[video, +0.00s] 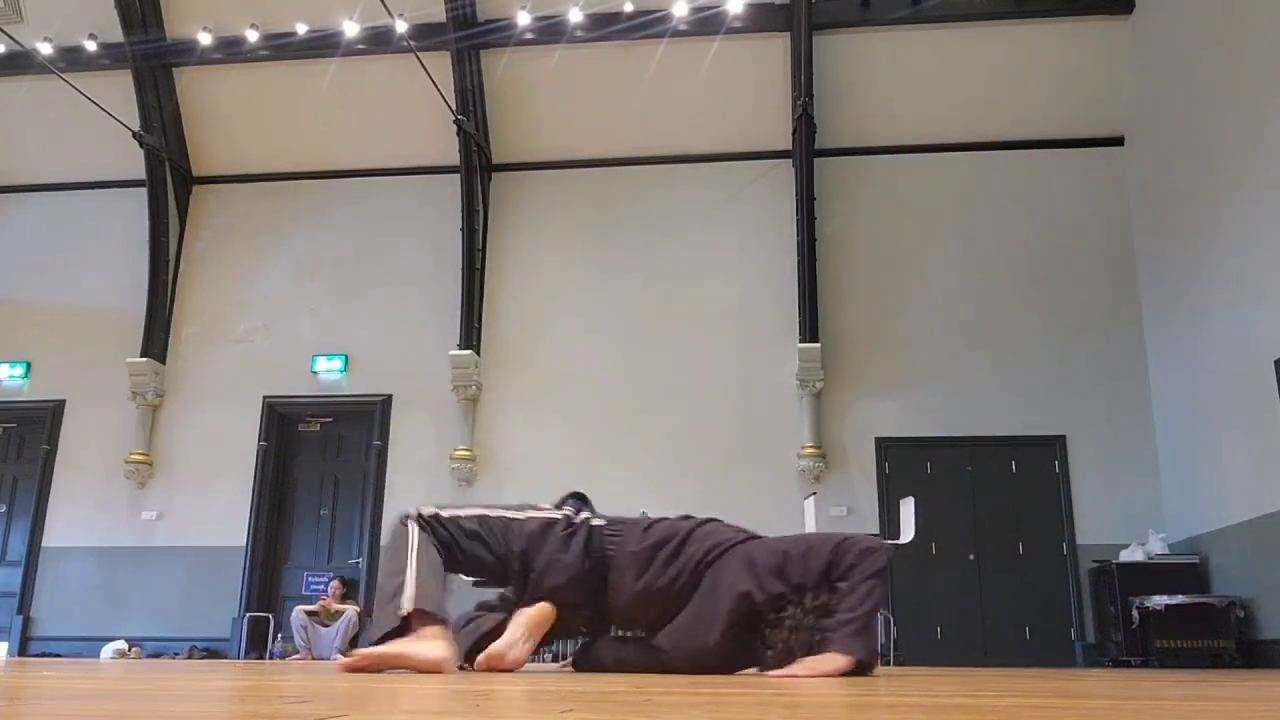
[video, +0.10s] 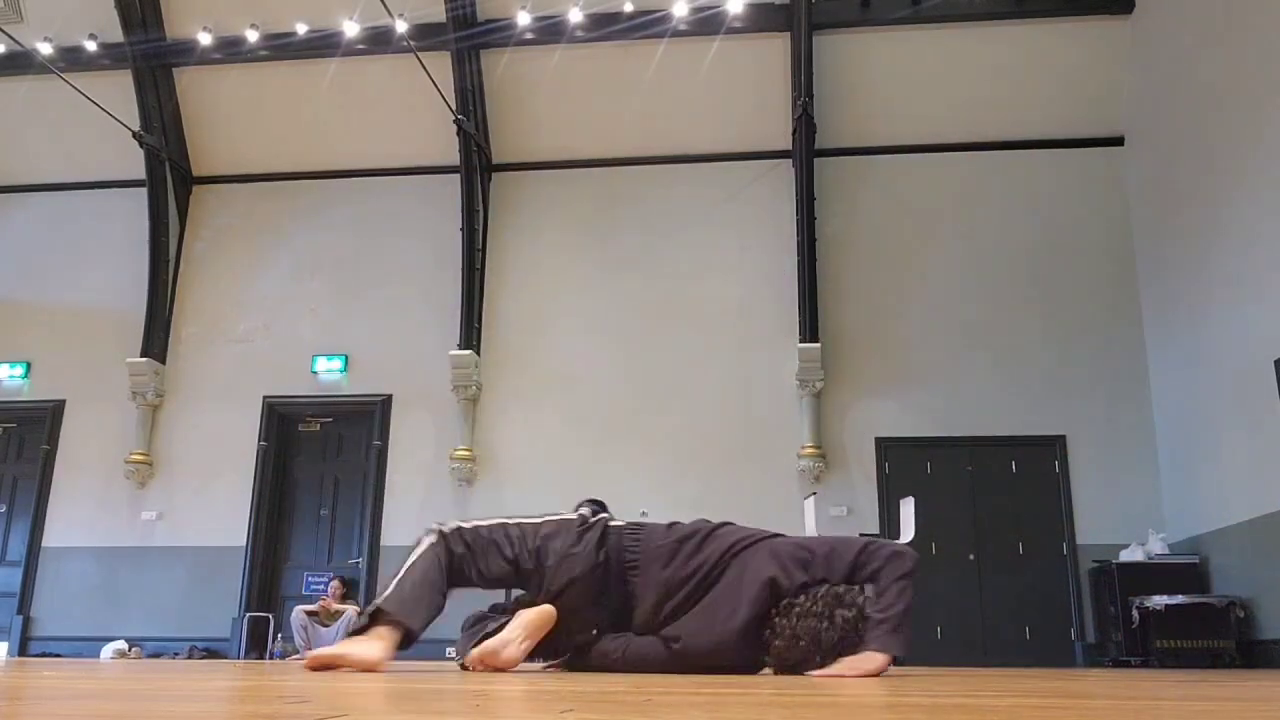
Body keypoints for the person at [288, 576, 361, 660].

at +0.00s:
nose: (333, 591)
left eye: (337, 588)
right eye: (331, 588)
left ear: (343, 590)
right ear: (328, 589)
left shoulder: (348, 603)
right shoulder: (323, 603)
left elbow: (357, 610)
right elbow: (298, 609)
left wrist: (335, 607)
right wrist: (316, 608)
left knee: (352, 613)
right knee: (297, 612)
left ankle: (336, 653)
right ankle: (304, 653)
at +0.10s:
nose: (333, 591)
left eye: (337, 589)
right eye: (331, 588)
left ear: (343, 591)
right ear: (328, 589)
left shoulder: (348, 603)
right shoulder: (323, 603)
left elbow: (357, 610)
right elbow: (298, 609)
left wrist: (334, 607)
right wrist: (316, 608)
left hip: (336, 633)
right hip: (316, 633)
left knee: (352, 613)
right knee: (297, 611)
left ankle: (337, 650)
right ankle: (304, 651)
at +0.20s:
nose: (333, 591)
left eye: (337, 589)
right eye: (331, 588)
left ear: (343, 591)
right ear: (328, 589)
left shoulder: (348, 603)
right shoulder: (322, 604)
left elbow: (355, 609)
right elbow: (297, 608)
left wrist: (334, 607)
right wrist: (314, 608)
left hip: (336, 631)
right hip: (317, 631)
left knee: (351, 612)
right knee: (297, 612)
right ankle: (302, 651)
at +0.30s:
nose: (333, 591)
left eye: (337, 589)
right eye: (331, 588)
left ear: (343, 591)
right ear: (328, 589)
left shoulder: (348, 603)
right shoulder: (322, 603)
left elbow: (356, 609)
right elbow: (297, 609)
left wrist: (334, 606)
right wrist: (314, 608)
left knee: (352, 613)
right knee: (297, 612)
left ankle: (337, 653)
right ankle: (304, 653)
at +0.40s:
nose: (333, 591)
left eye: (337, 589)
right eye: (331, 588)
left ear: (344, 591)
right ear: (328, 589)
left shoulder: (348, 603)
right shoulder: (322, 603)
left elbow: (356, 610)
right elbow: (297, 609)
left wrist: (334, 606)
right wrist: (314, 608)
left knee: (352, 614)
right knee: (296, 612)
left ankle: (337, 653)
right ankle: (304, 653)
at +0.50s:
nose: (333, 591)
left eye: (337, 589)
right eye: (331, 588)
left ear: (343, 591)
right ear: (328, 589)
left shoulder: (348, 603)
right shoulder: (322, 603)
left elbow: (356, 610)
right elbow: (297, 609)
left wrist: (334, 606)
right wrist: (314, 608)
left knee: (352, 614)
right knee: (297, 612)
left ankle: (337, 653)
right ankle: (304, 653)